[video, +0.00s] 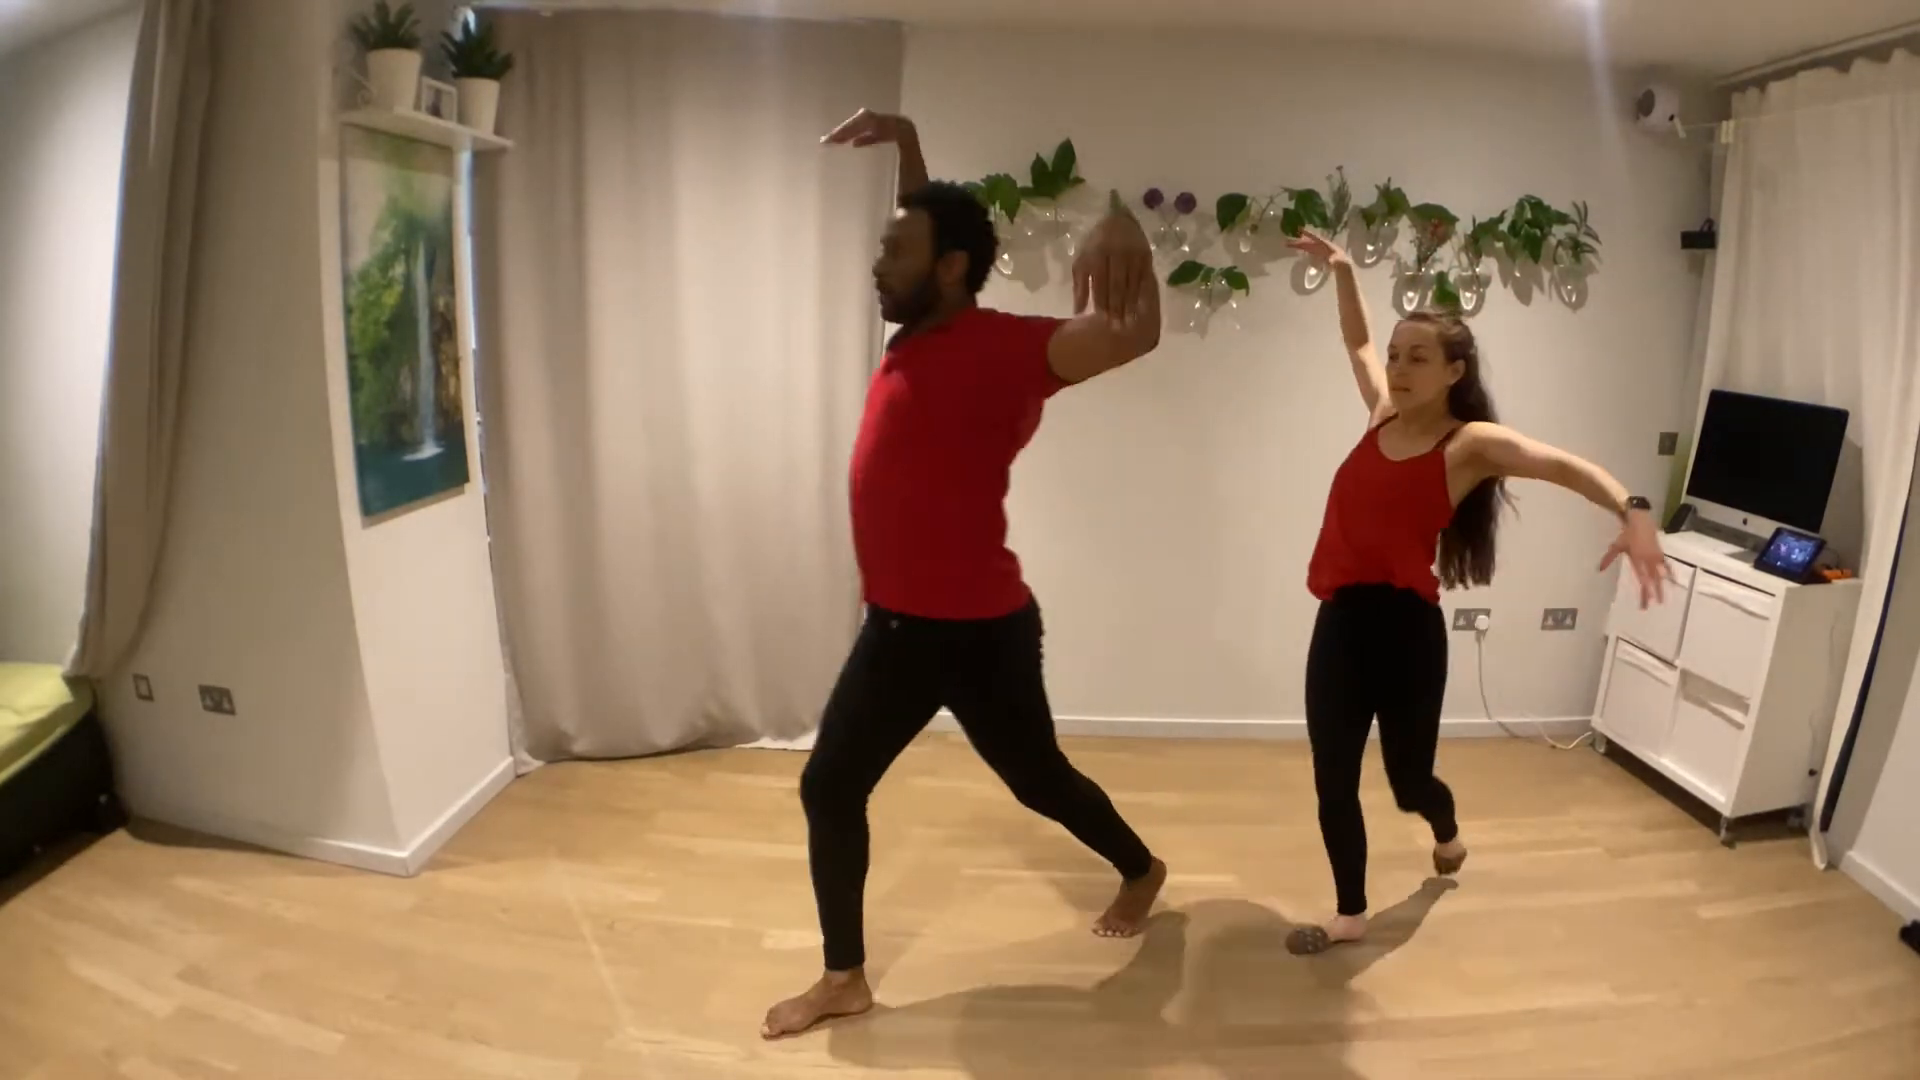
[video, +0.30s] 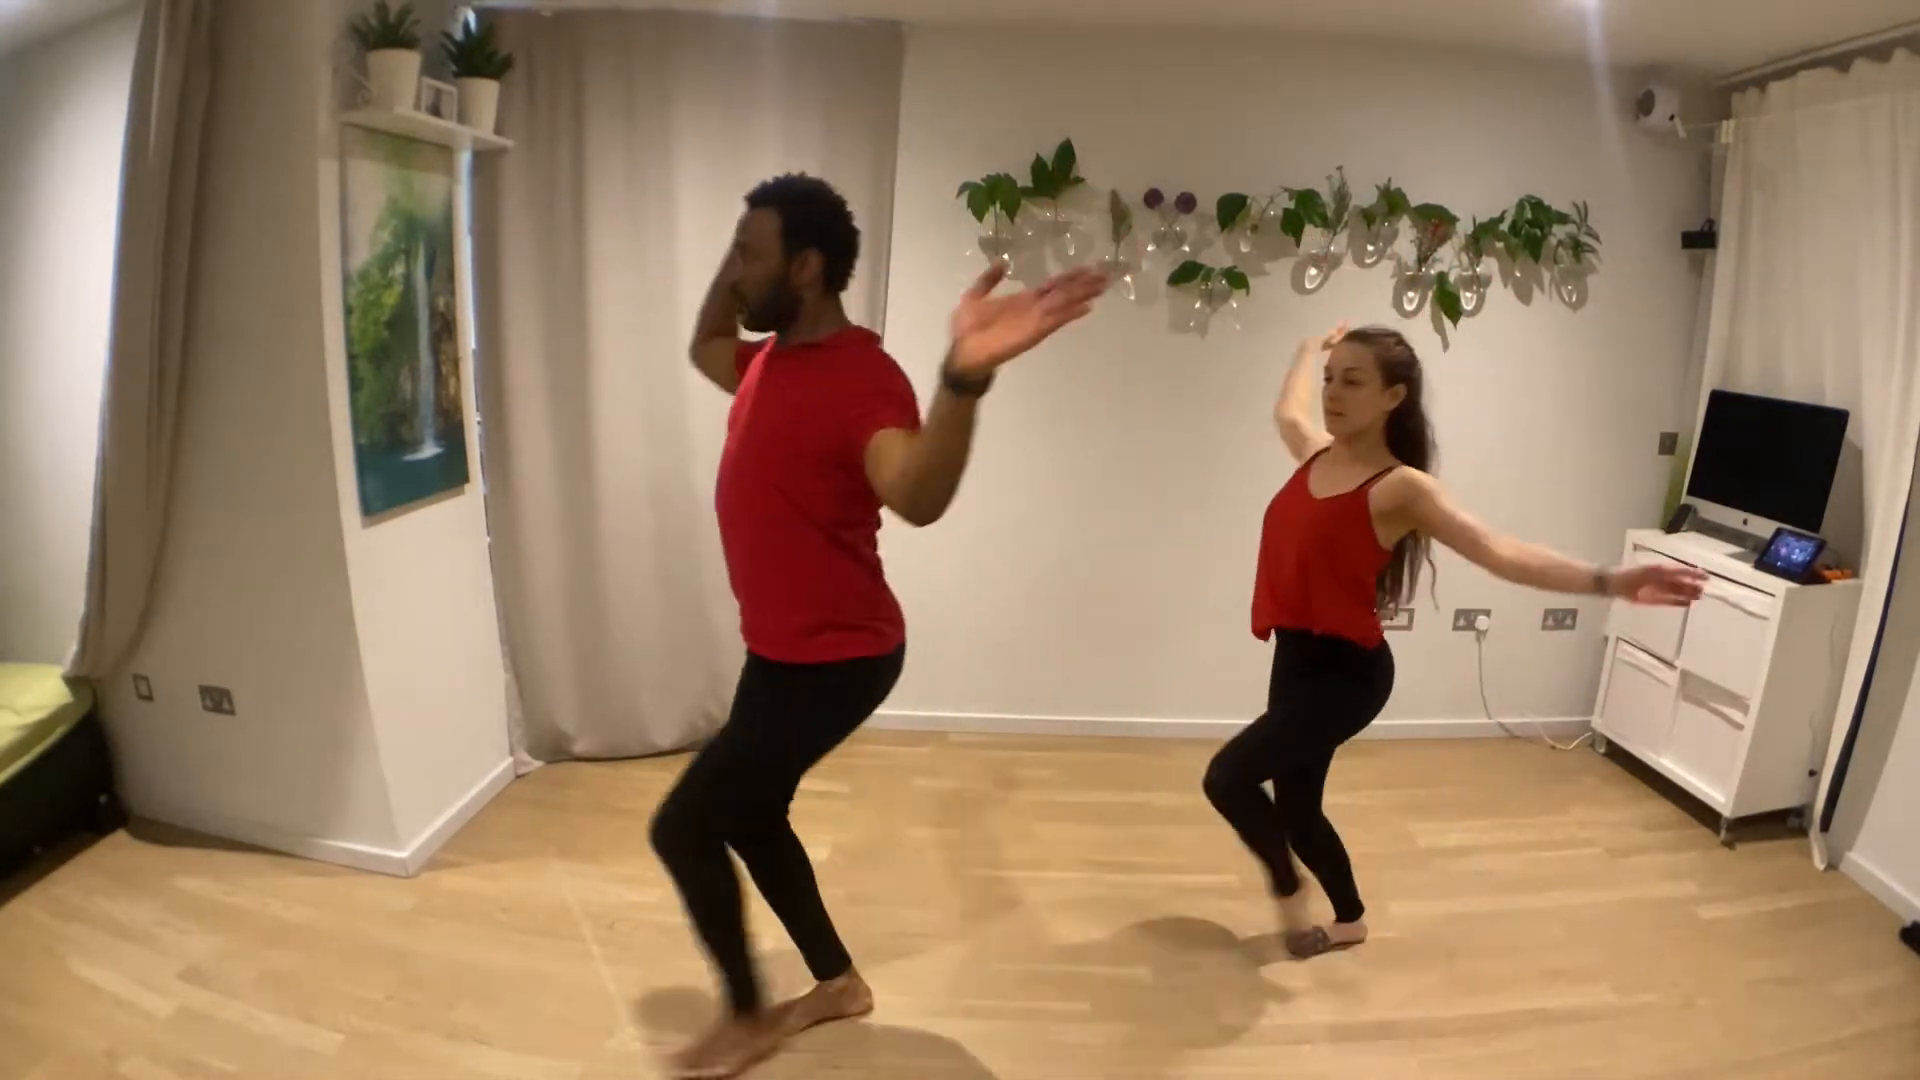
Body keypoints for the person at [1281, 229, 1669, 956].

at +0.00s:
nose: (1398, 369)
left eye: (1415, 358)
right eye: (1394, 355)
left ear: (1452, 372)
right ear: (1386, 361)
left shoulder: (1469, 442)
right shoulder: (1384, 415)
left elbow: (1558, 466)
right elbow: (1360, 345)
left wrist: (1631, 511)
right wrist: (1341, 265)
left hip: (1408, 627)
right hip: (1341, 621)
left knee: (1410, 788)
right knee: (1333, 783)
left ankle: (1447, 827)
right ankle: (1350, 914)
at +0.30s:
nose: (1332, 390)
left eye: (1350, 380)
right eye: (1329, 378)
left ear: (1394, 397)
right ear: (1323, 385)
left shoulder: (1401, 487)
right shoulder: (1321, 455)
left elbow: (1500, 553)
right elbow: (1289, 412)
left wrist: (1610, 581)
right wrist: (1311, 349)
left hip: (1350, 671)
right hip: (1296, 660)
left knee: (1227, 778)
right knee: (1298, 810)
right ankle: (1348, 920)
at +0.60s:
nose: (1233, 417)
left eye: (1253, 407)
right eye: (1231, 402)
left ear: (1299, 422)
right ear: (1227, 402)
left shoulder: (1287, 517)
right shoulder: (1217, 478)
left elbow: (1190, 577)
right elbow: (1099, 471)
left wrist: (1107, 599)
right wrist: (1028, 405)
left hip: (1258, 711)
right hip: (1220, 701)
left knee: (1132, 843)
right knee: (1223, 843)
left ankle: (1076, 970)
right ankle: (1341, 905)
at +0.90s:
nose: (1165, 422)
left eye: (1184, 412)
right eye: (1164, 407)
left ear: (1232, 426)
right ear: (1165, 410)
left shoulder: (1217, 508)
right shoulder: (1171, 466)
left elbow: (1162, 583)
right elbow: (1104, 428)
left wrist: (1062, 641)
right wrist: (1065, 395)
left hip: (1196, 709)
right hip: (1148, 694)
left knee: (1087, 850)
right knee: (1074, 843)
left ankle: (1076, 971)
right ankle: (1163, 880)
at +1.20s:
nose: (1220, 389)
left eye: (1236, 376)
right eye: (1206, 373)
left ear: (1256, 384)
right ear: (1181, 378)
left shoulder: (1273, 466)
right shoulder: (1149, 438)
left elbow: (1371, 516)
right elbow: (1070, 380)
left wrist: (1466, 557)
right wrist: (1049, 289)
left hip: (1246, 662)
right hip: (1169, 663)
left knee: (1187, 820)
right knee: (1129, 818)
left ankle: (1149, 939)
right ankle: (1178, 891)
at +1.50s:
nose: (1357, 469)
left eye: (1361, 458)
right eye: (1348, 459)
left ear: (1356, 448)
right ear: (1314, 453)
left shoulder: (1344, 444)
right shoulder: (1263, 482)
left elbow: (1377, 371)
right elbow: (1197, 498)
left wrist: (1438, 414)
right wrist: (1144, 500)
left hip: (1285, 630)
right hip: (1229, 622)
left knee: (1334, 761)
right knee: (1214, 780)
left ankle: (1301, 891)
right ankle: (1167, 897)